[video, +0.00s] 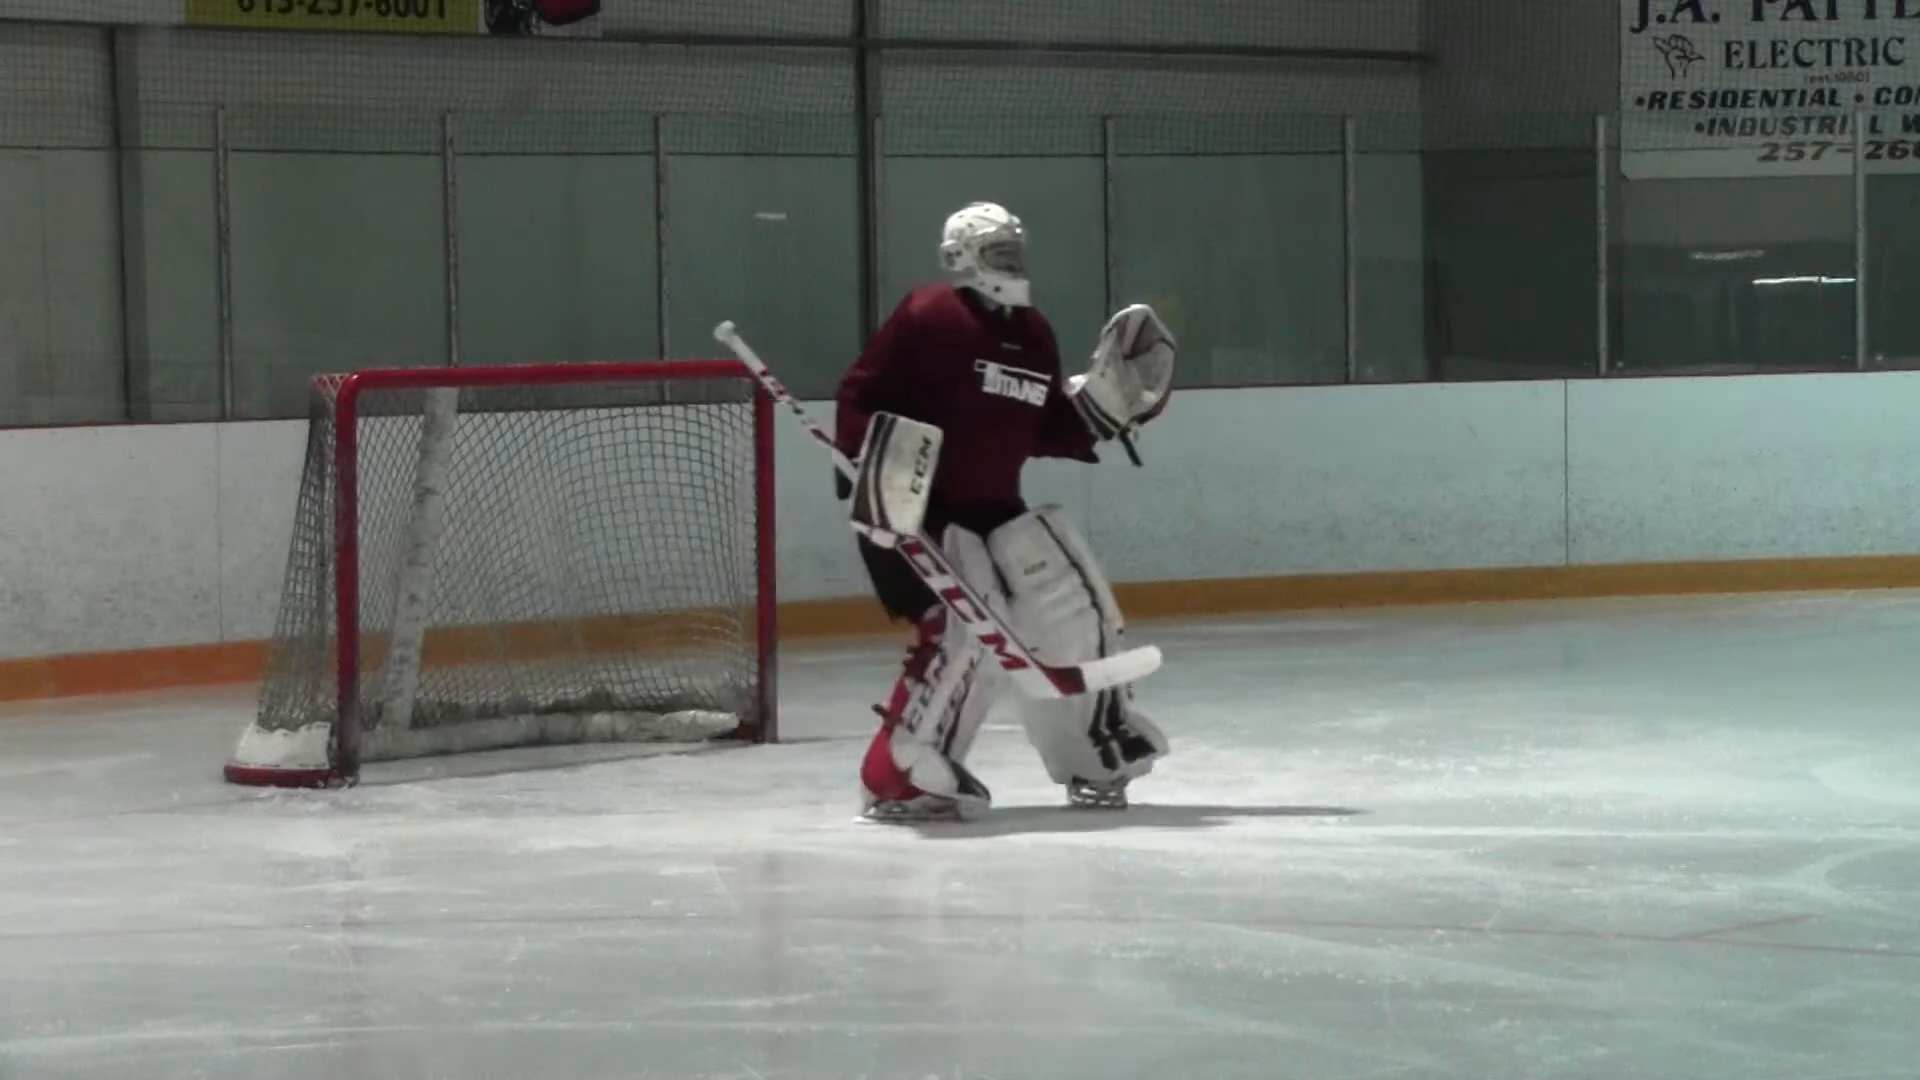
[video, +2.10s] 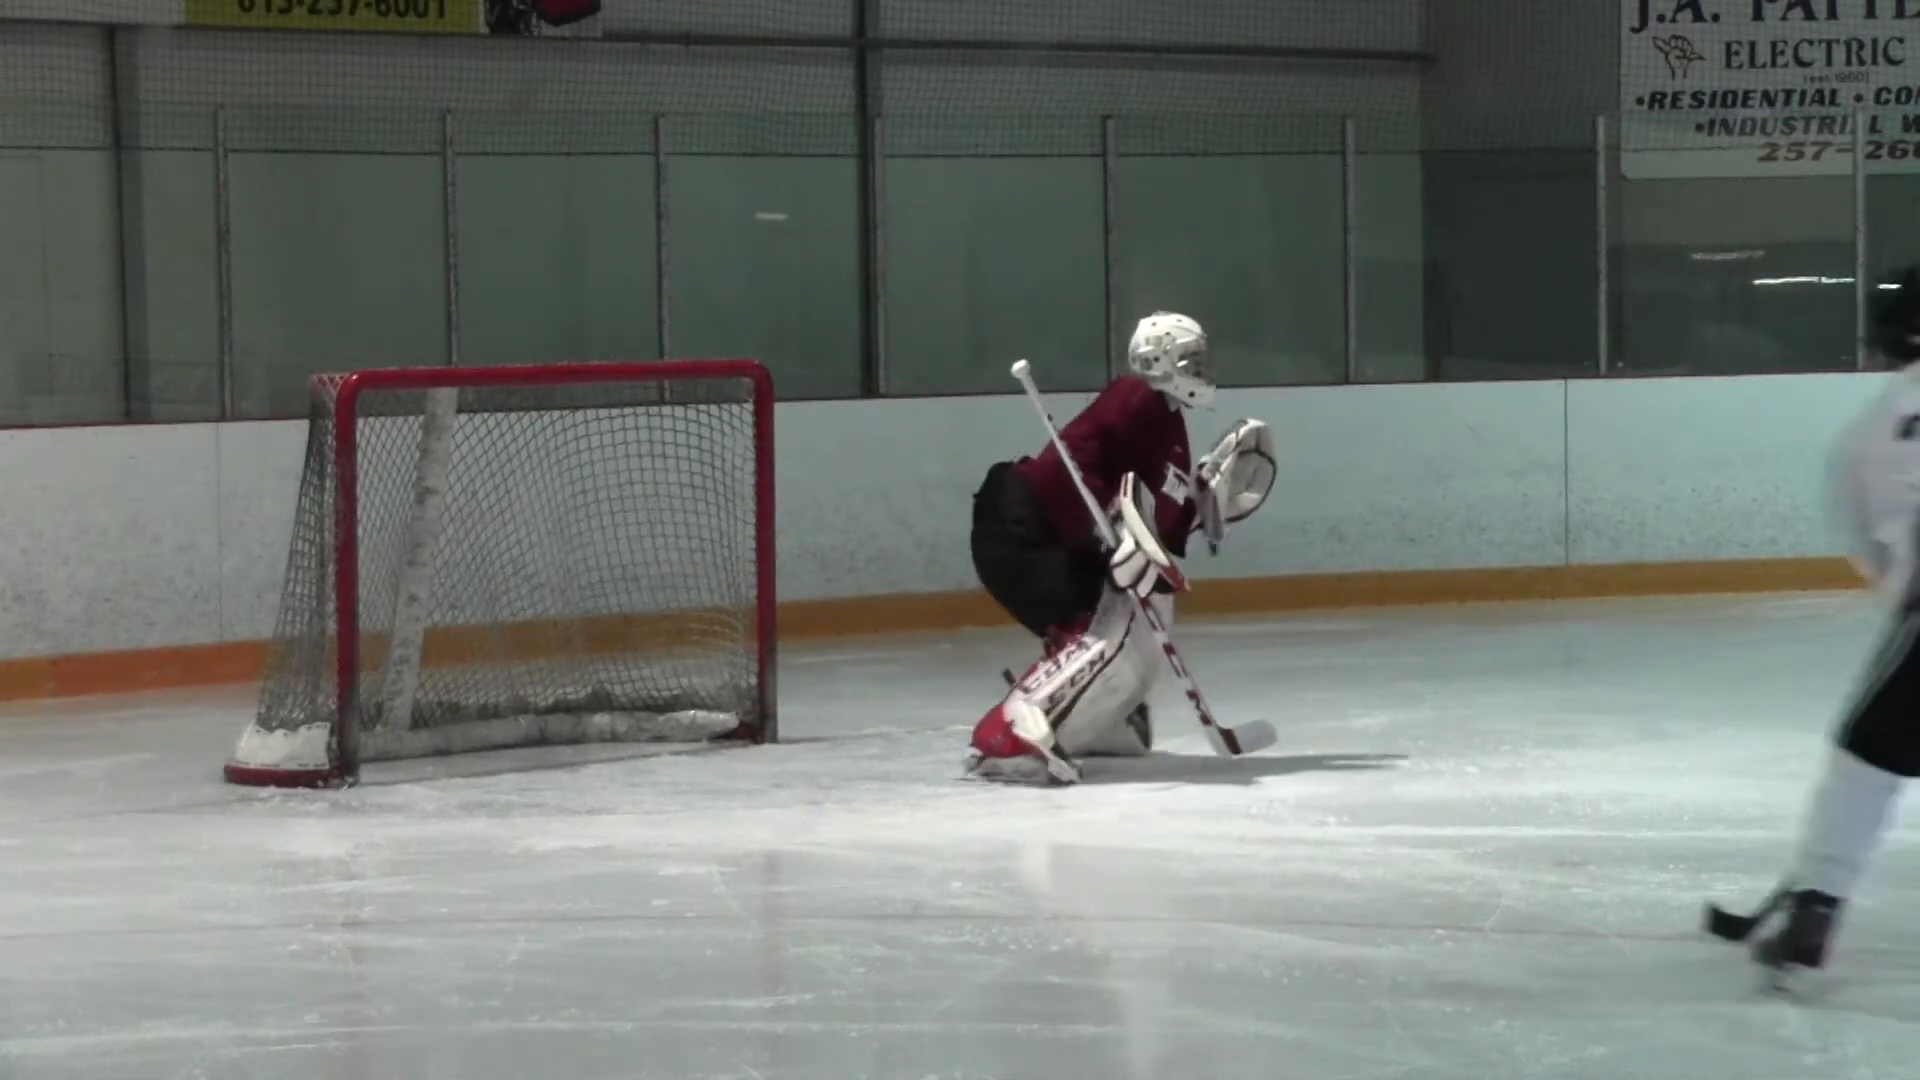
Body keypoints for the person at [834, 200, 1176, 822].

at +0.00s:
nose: (1011, 266)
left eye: (1015, 254)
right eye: (996, 256)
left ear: (1021, 255)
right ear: (962, 261)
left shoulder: (1034, 333)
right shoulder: (929, 316)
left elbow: (1043, 429)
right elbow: (858, 395)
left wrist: (1107, 405)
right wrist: (873, 478)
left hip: (1002, 514)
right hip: (930, 513)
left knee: (1060, 624)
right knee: (963, 636)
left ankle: (1091, 756)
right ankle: (904, 770)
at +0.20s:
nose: (1068, 276)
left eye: (1072, 266)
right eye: (1053, 267)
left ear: (1078, 270)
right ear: (1018, 274)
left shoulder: (1088, 347)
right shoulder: (984, 330)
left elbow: (1088, 439)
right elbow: (918, 422)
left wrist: (1155, 420)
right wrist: (936, 520)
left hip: (1055, 530)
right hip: (981, 529)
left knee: (1121, 621)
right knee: (1000, 647)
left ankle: (1148, 759)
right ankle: (920, 772)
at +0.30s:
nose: (1104, 287)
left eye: (1108, 275)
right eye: (1089, 277)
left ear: (1115, 278)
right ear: (1053, 284)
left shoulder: (1121, 358)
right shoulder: (1017, 337)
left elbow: (1117, 446)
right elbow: (949, 427)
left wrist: (1189, 420)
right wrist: (987, 489)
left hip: (1084, 540)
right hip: (1012, 540)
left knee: (1159, 627)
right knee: (1016, 654)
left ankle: (1192, 762)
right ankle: (924, 774)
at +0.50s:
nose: (1163, 285)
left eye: (1167, 274)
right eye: (1148, 276)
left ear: (1174, 278)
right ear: (1112, 282)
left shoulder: (1180, 357)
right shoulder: (1079, 336)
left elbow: (1180, 446)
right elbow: (1001, 417)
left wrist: (1244, 423)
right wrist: (1053, 469)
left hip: (1144, 538)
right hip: (1071, 540)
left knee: (1205, 628)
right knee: (1064, 658)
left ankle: (1246, 754)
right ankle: (1004, 771)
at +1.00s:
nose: (1220, 309)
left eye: (1221, 299)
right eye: (1206, 301)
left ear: (1221, 302)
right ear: (1172, 308)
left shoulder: (1218, 376)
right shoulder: (1147, 358)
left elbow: (1204, 462)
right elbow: (1068, 420)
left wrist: (1274, 447)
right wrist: (1115, 480)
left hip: (1165, 530)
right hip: (1086, 525)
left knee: (1230, 610)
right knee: (1140, 632)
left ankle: (1231, 741)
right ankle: (1078, 757)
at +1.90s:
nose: (1224, 346)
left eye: (1224, 335)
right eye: (1213, 337)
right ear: (1182, 342)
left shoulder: (1193, 402)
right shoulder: (1155, 378)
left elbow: (1191, 493)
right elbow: (1087, 439)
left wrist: (1239, 479)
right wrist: (1131, 508)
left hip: (1094, 512)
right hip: (1046, 499)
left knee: (1182, 596)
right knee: (1123, 618)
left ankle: (1160, 726)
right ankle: (1044, 735)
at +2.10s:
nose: (1202, 371)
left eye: (1202, 359)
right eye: (1191, 359)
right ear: (1160, 364)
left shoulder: (1168, 423)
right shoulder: (1133, 398)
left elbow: (1166, 525)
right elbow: (1067, 462)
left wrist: (1209, 493)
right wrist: (1120, 533)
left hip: (1060, 534)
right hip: (1018, 524)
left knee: (1137, 622)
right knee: (1109, 632)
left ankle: (1097, 729)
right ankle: (1011, 729)